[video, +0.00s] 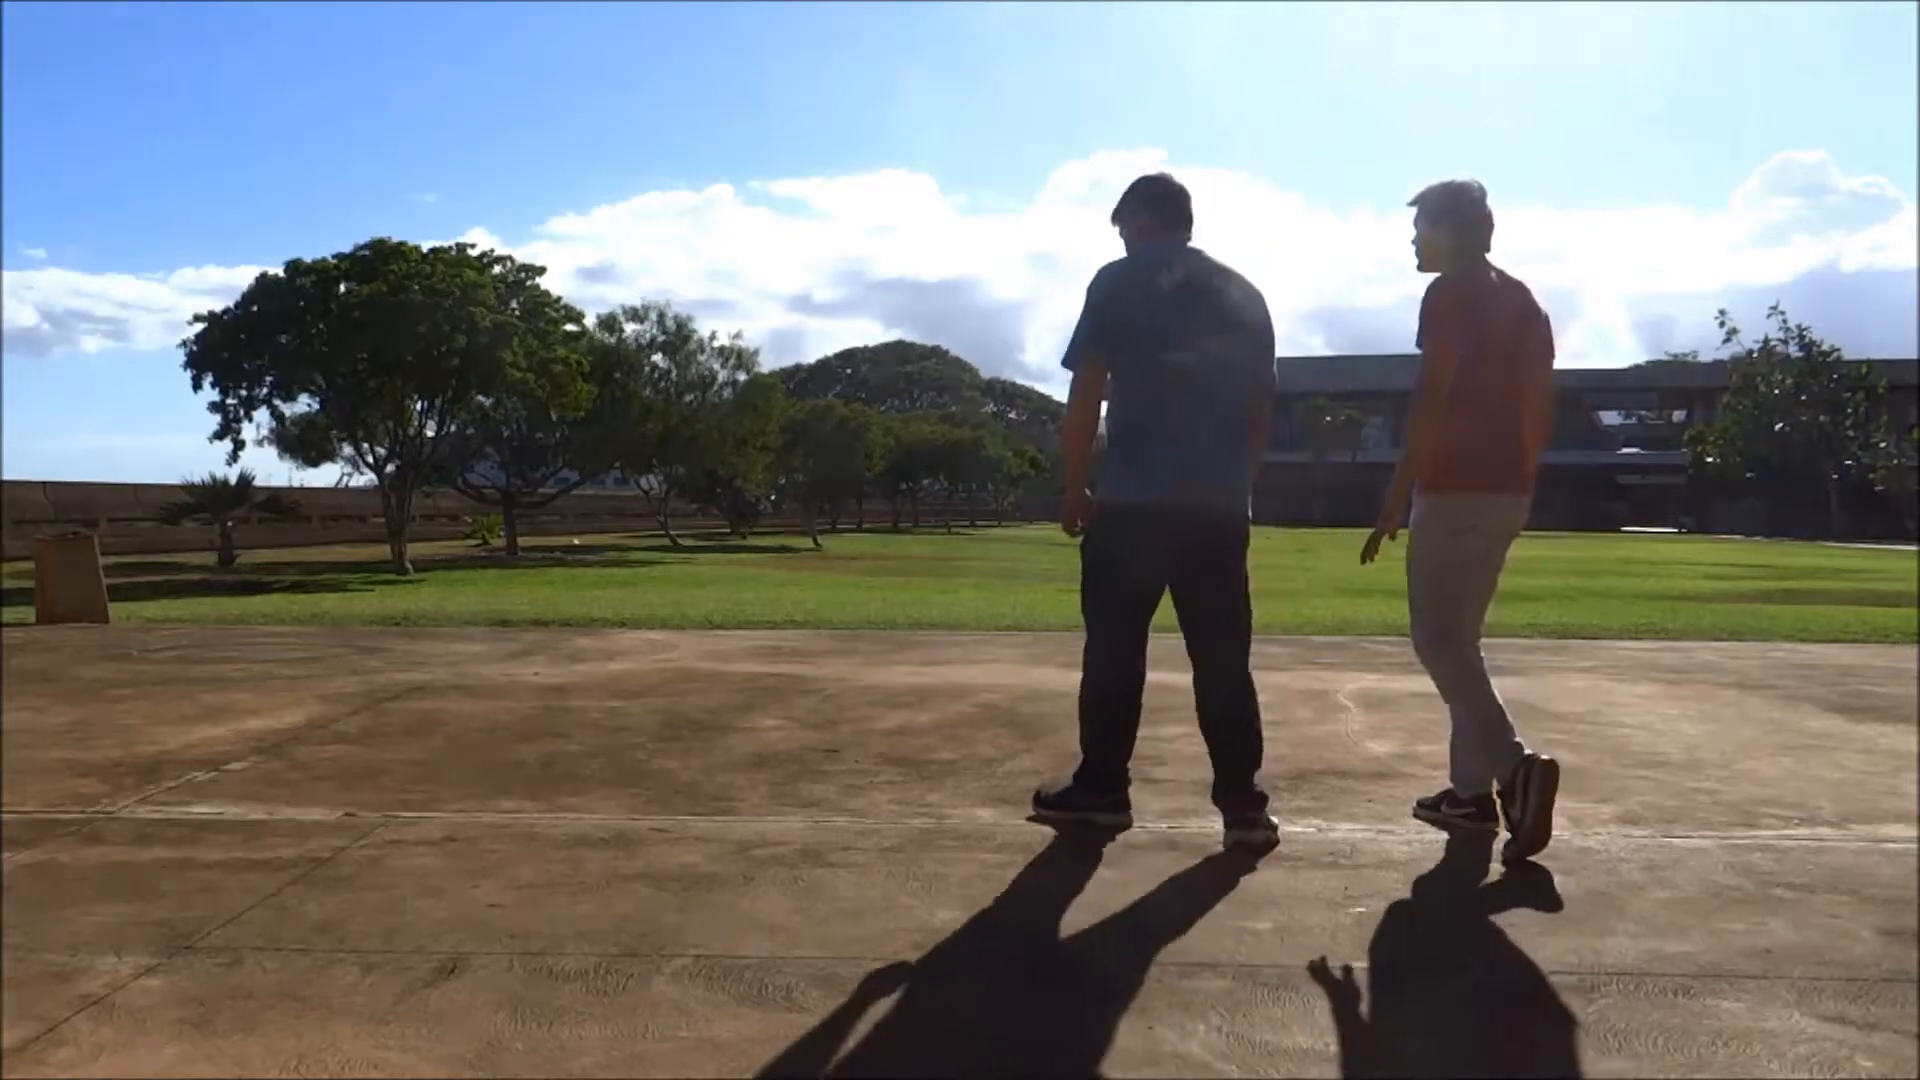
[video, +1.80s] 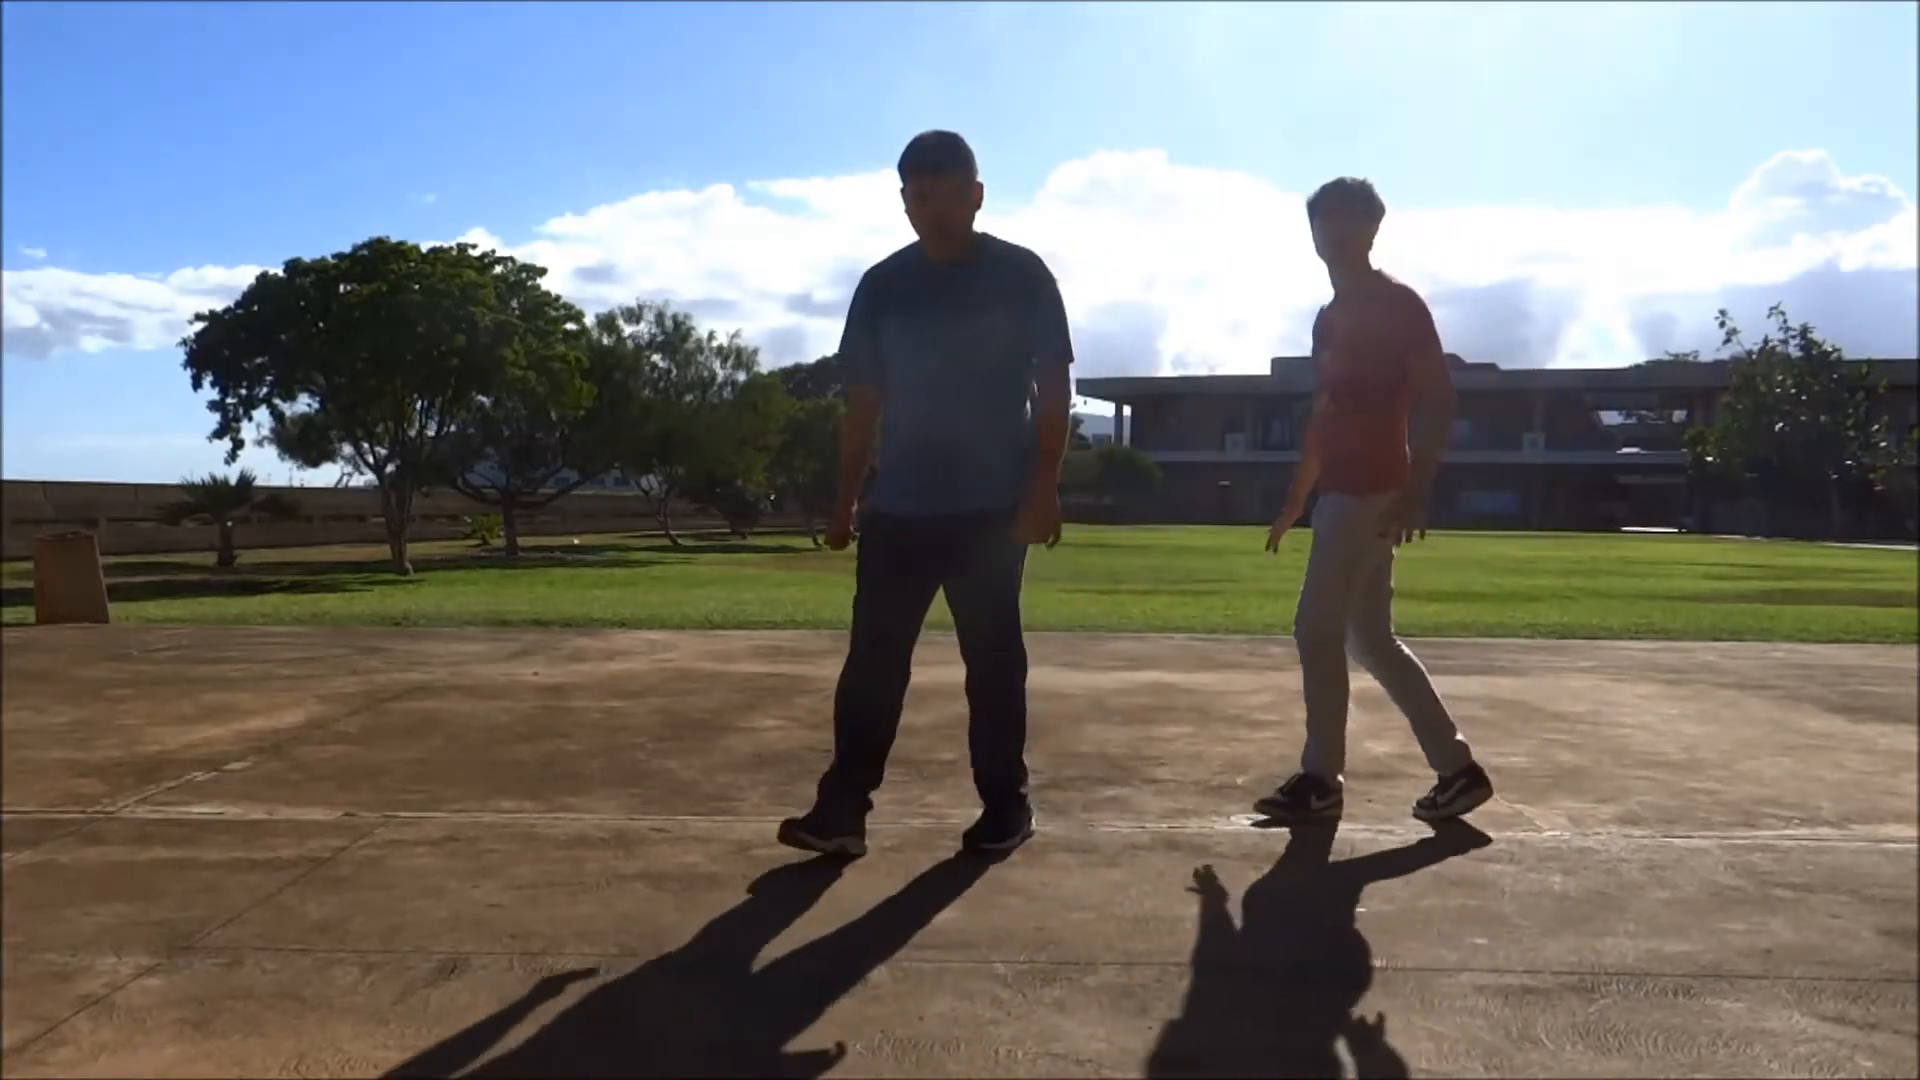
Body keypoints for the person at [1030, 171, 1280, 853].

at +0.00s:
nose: (1121, 240)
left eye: (1123, 228)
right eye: (1122, 229)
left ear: (1140, 222)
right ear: (1185, 221)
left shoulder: (1118, 282)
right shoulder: (1244, 294)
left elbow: (1086, 399)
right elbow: (1258, 414)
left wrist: (1075, 488)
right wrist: (1237, 489)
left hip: (1128, 507)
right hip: (1216, 511)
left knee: (1113, 654)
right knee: (1224, 661)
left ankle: (1100, 790)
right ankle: (1243, 808)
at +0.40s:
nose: (1048, 238)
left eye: (1052, 222)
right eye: (1044, 225)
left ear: (1087, 211)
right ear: (1108, 212)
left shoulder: (1078, 277)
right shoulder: (1160, 289)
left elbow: (1040, 379)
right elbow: (1162, 398)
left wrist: (1011, 463)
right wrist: (1135, 463)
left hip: (1089, 492)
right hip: (1149, 491)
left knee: (1083, 630)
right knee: (1118, 621)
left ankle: (1098, 783)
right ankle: (1147, 766)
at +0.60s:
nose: (1029, 239)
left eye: (1039, 223)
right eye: (1025, 226)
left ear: (1077, 218)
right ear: (1034, 228)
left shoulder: (1111, 281)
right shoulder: (1060, 305)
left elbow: (1100, 377)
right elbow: (1066, 400)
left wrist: (1022, 431)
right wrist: (1045, 496)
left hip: (1109, 489)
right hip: (1079, 491)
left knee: (1064, 628)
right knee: (1071, 625)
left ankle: (1095, 784)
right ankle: (1112, 766)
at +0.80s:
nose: (1028, 222)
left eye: (1041, 207)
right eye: (1019, 211)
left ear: (1074, 209)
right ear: (1011, 220)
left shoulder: (1119, 283)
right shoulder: (1009, 304)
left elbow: (1140, 380)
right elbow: (980, 402)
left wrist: (1047, 416)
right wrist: (950, 481)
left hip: (1103, 487)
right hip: (1040, 489)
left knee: (1053, 621)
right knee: (1059, 622)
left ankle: (1042, 777)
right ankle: (1110, 765)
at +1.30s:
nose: (994, 206)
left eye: (1009, 192)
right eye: (983, 194)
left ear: (1042, 194)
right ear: (972, 200)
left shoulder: (1086, 277)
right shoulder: (952, 286)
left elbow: (1117, 378)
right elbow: (919, 383)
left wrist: (1081, 472)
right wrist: (896, 452)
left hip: (1045, 490)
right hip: (967, 492)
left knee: (1020, 634)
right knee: (954, 626)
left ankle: (1005, 803)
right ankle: (1024, 740)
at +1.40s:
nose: (982, 202)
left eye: (996, 188)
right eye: (971, 191)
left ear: (1032, 191)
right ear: (962, 199)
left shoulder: (1075, 274)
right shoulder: (942, 285)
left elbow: (1105, 382)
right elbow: (913, 390)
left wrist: (1086, 476)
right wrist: (890, 465)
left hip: (1037, 494)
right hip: (955, 494)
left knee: (1018, 647)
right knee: (935, 634)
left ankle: (1007, 802)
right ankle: (954, 767)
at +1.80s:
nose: (921, 205)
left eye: (937, 189)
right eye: (911, 192)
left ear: (975, 190)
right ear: (901, 198)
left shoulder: (1025, 277)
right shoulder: (880, 286)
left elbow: (1053, 388)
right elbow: (863, 400)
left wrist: (1044, 484)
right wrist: (845, 494)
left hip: (989, 505)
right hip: (899, 506)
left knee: (994, 664)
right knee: (872, 662)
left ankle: (1005, 805)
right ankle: (839, 813)